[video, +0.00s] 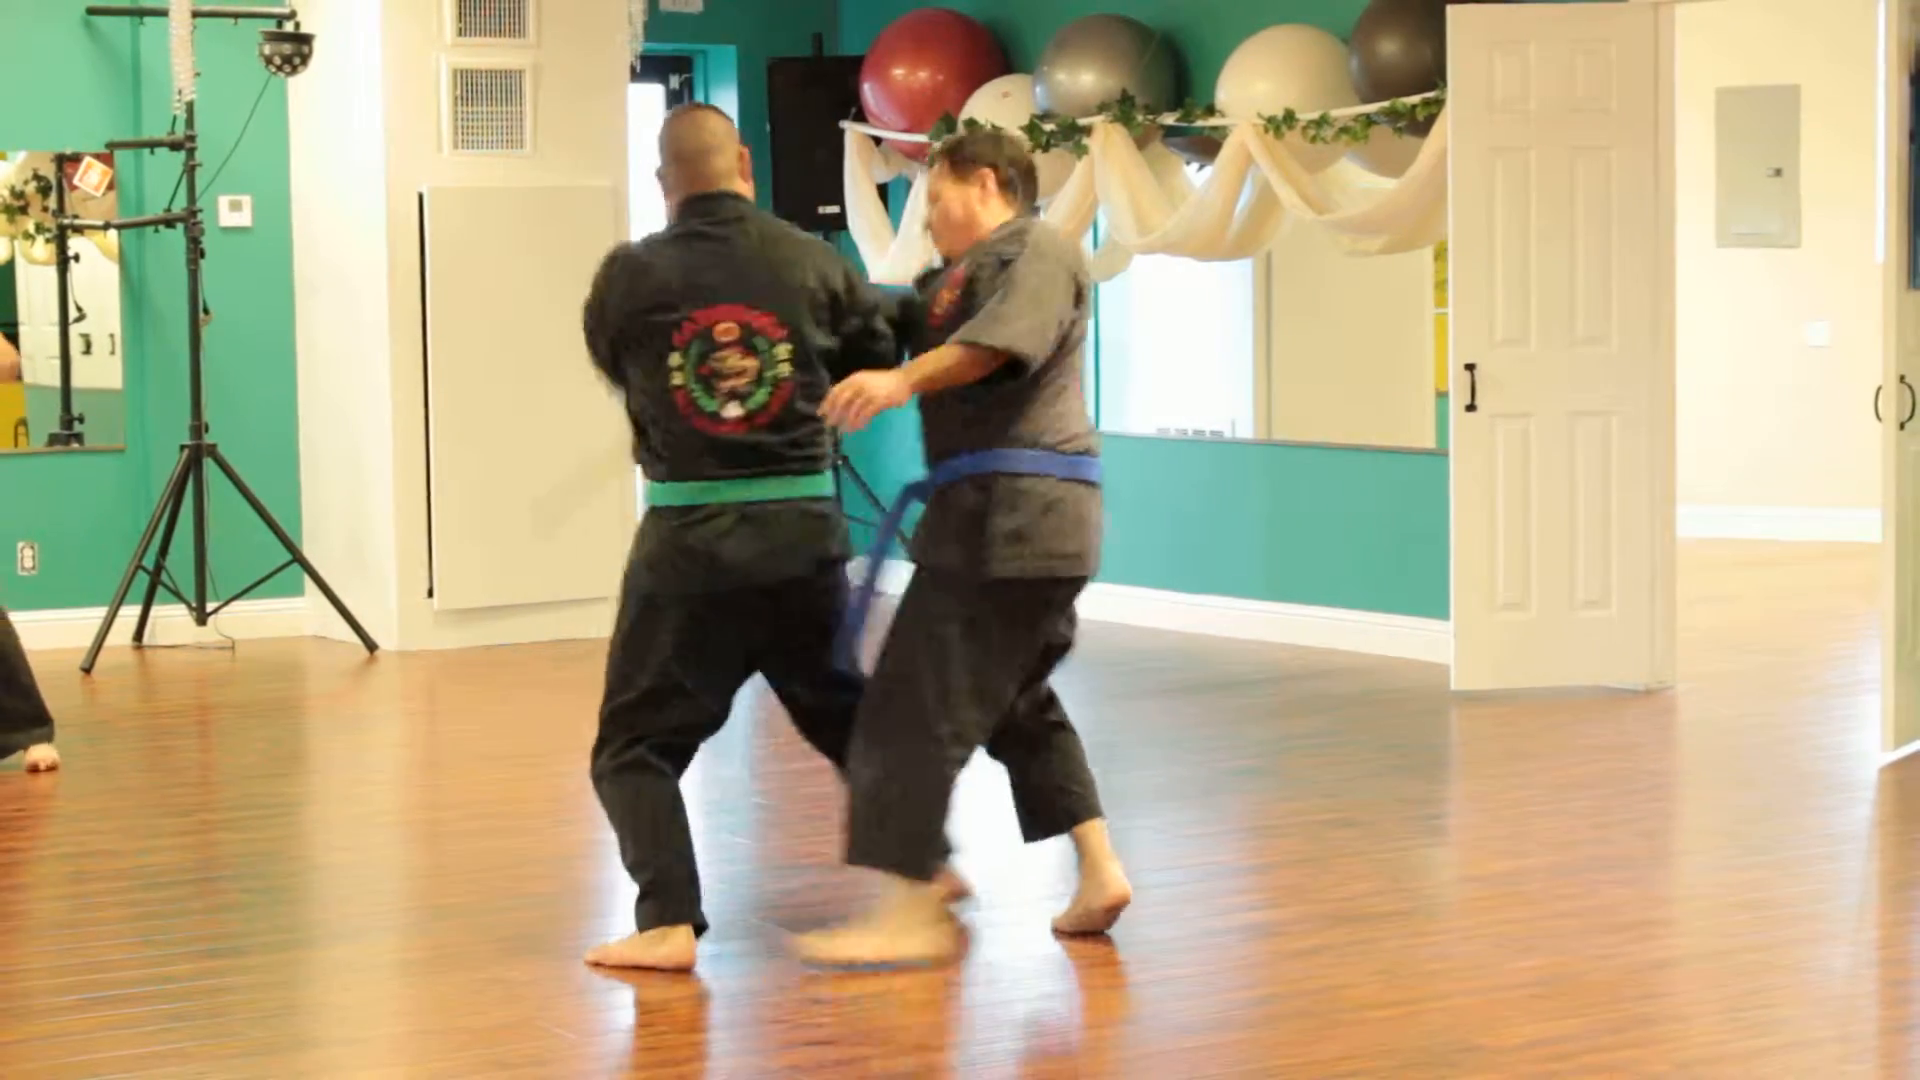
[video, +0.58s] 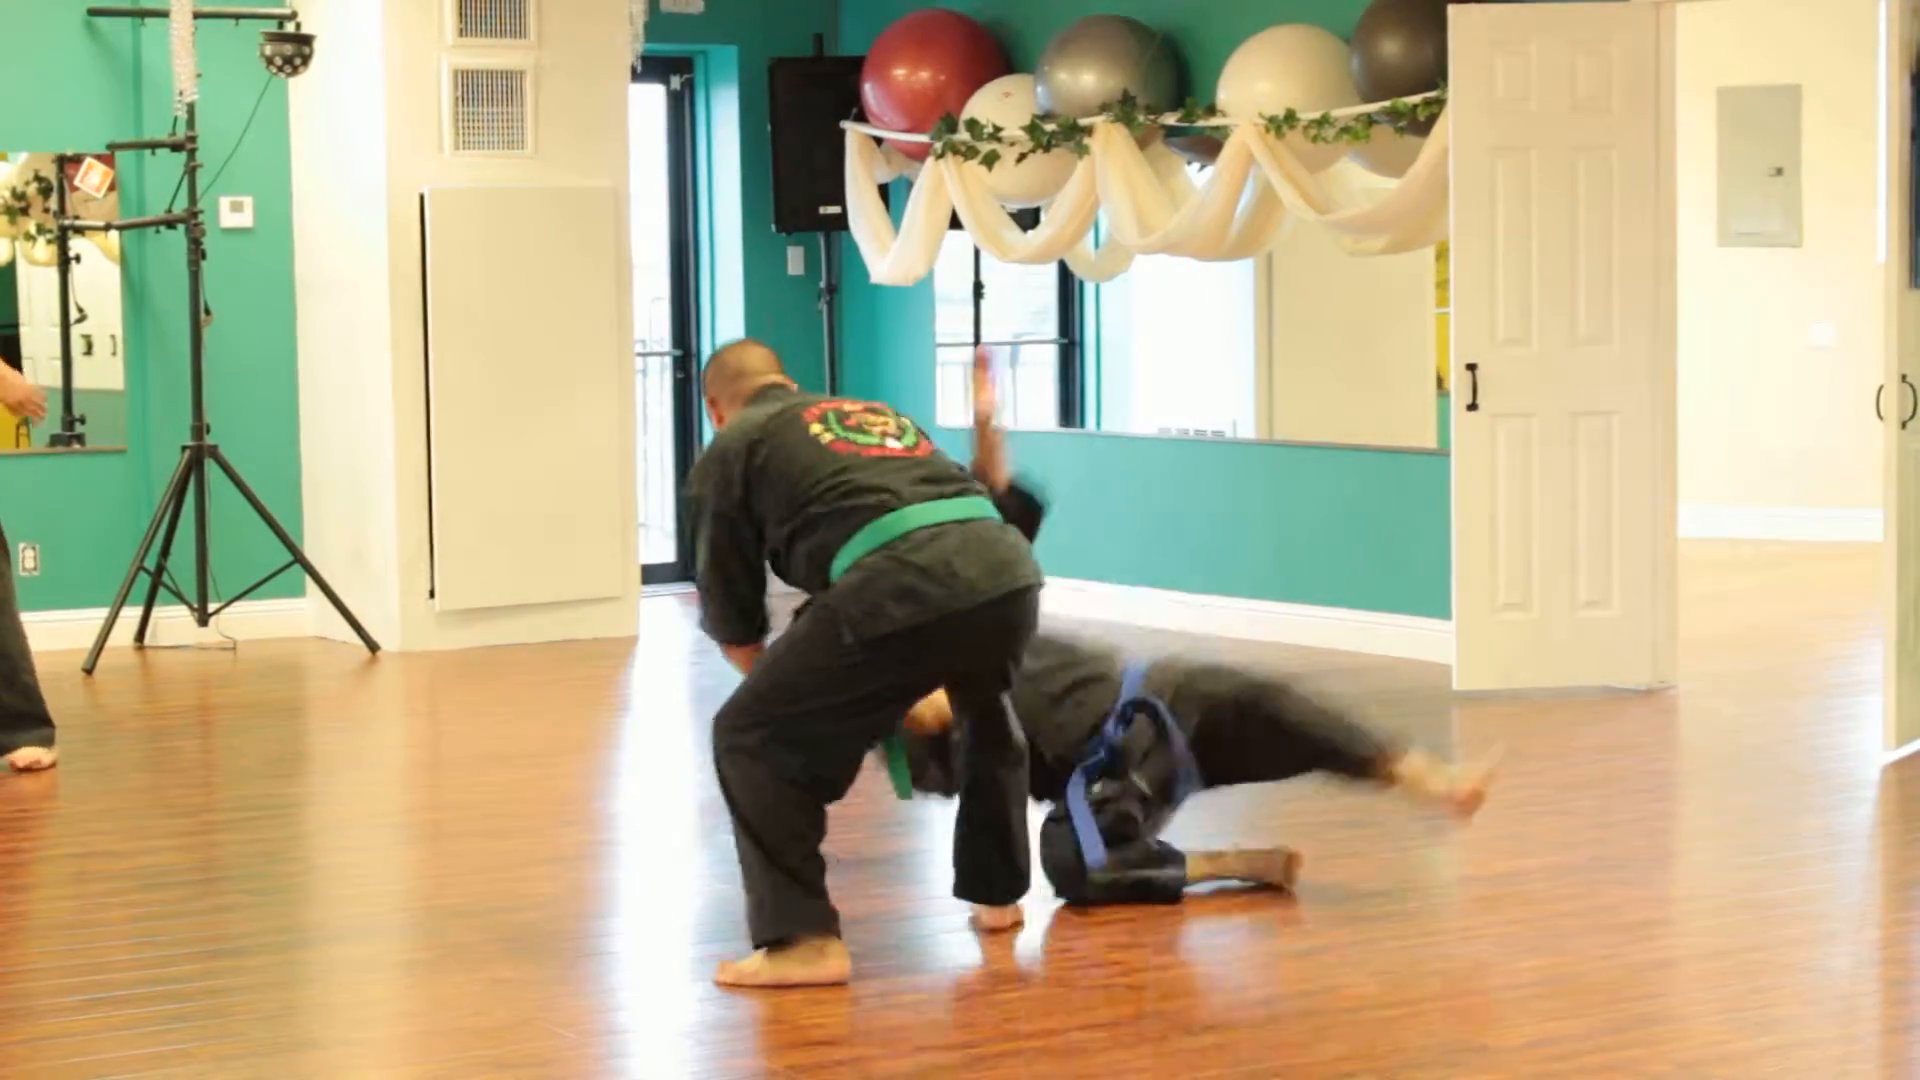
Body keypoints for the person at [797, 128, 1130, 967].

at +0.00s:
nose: (929, 218)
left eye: (937, 200)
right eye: (928, 203)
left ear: (985, 187)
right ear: (989, 191)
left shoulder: (1037, 248)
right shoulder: (961, 279)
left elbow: (1000, 339)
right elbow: (874, 323)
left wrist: (901, 381)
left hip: (1007, 513)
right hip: (1038, 515)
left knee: (914, 695)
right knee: (1014, 691)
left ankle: (907, 907)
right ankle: (1100, 865)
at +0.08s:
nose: (928, 258)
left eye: (934, 238)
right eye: (924, 244)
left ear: (982, 224)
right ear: (973, 229)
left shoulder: (1038, 256)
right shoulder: (970, 314)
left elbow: (1016, 321)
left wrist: (926, 355)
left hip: (1035, 519)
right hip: (1070, 523)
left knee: (938, 700)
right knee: (1034, 691)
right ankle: (1128, 841)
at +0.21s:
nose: (919, 370)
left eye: (926, 349)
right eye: (910, 360)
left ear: (967, 329)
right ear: (917, 362)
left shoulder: (1036, 359)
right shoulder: (942, 412)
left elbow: (1068, 335)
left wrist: (974, 330)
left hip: (1096, 565)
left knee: (977, 719)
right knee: (1041, 740)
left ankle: (1054, 914)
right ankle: (1225, 805)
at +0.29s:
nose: (935, 399)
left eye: (934, 389)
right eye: (924, 396)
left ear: (964, 394)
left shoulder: (1027, 413)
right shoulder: (961, 474)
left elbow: (1066, 374)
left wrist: (1009, 347)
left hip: (1133, 590)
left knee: (1018, 711)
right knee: (1070, 796)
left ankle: (1057, 914)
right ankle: (1260, 832)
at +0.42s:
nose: (972, 546)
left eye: (970, 530)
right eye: (961, 536)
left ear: (994, 516)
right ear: (978, 530)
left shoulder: (1016, 502)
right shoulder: (984, 595)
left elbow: (1058, 444)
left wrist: (1056, 389)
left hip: (1169, 631)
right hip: (1107, 687)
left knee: (1111, 709)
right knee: (1068, 873)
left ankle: (1149, 874)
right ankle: (1244, 847)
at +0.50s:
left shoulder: (966, 556)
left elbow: (1016, 488)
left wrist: (1035, 398)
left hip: (1151, 652)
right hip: (1109, 732)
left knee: (1195, 730)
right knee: (1071, 867)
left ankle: (1303, 839)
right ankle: (1230, 856)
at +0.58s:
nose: (919, 702)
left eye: (916, 699)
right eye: (914, 709)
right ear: (913, 726)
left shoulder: (988, 620)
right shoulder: (935, 746)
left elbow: (1004, 525)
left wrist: (988, 444)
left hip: (1145, 698)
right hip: (1103, 774)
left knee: (1262, 704)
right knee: (1079, 869)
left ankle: (1420, 776)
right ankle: (1232, 866)